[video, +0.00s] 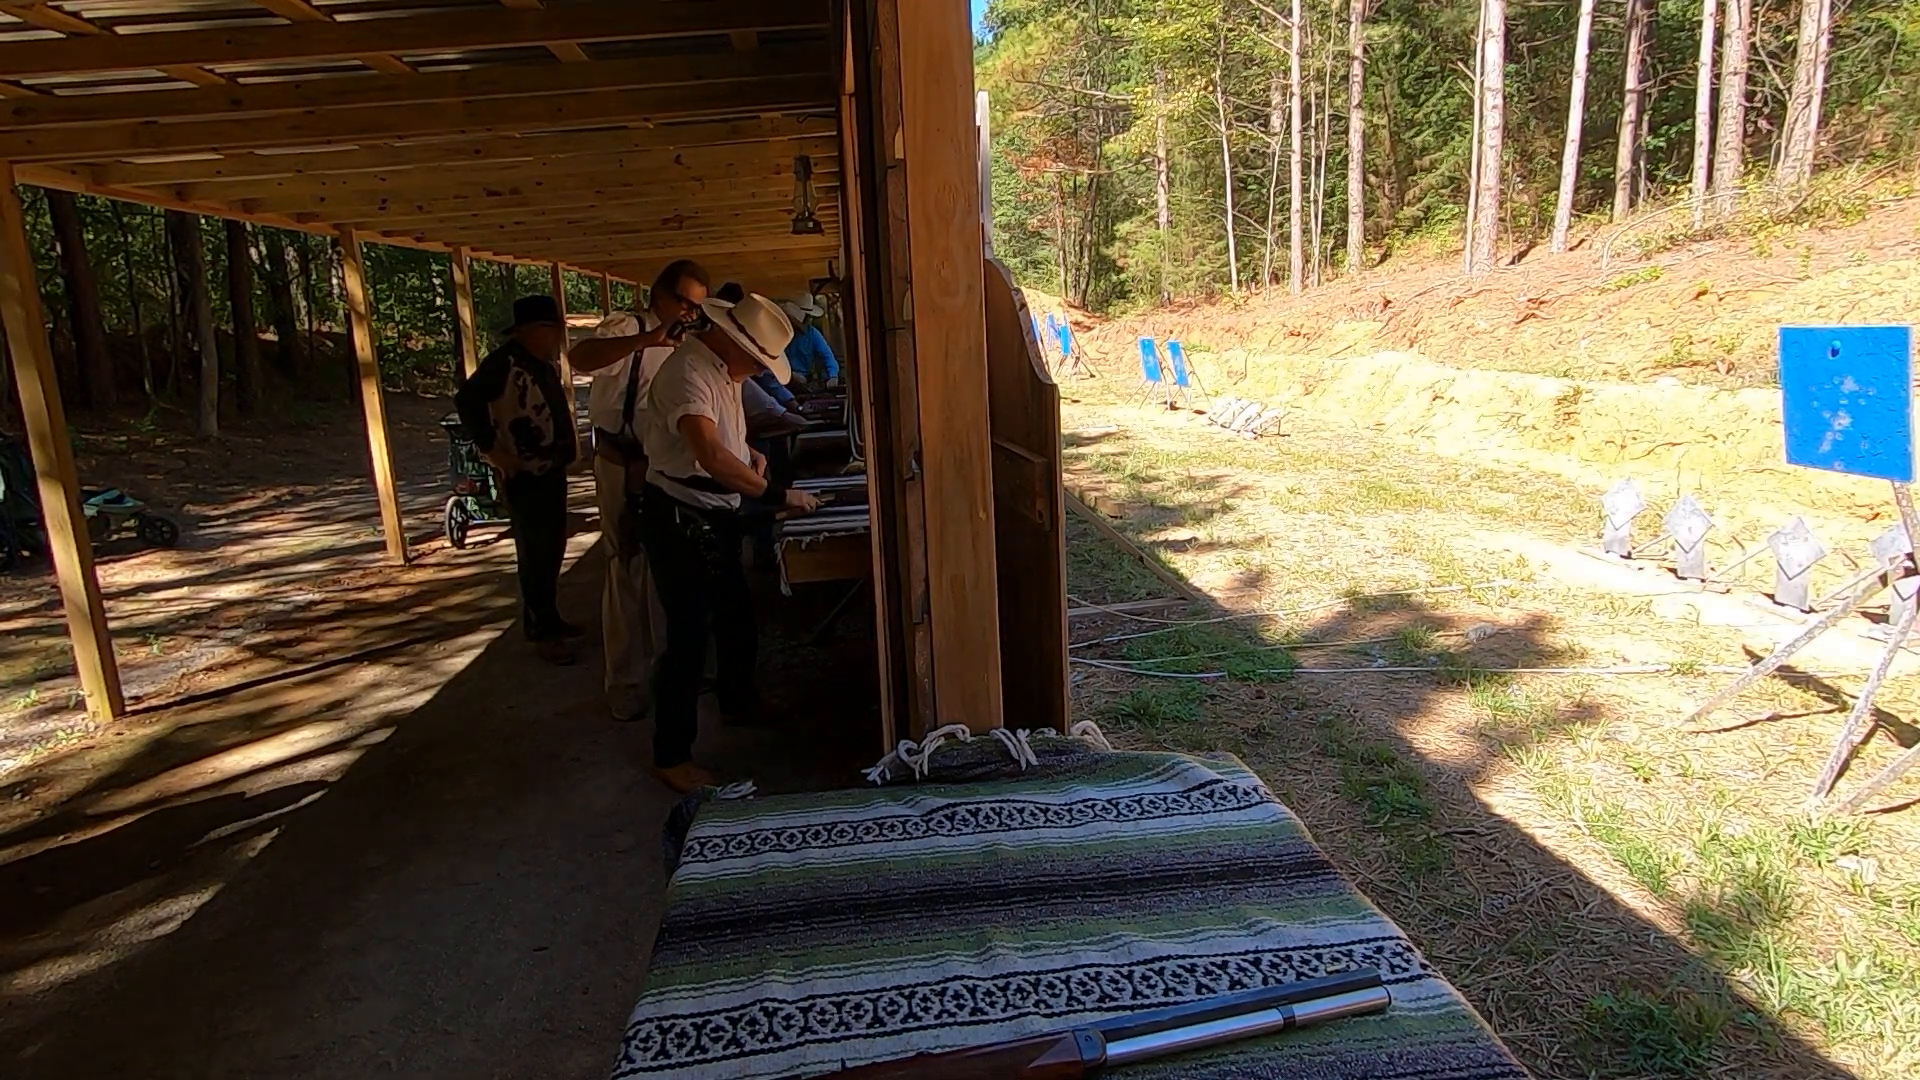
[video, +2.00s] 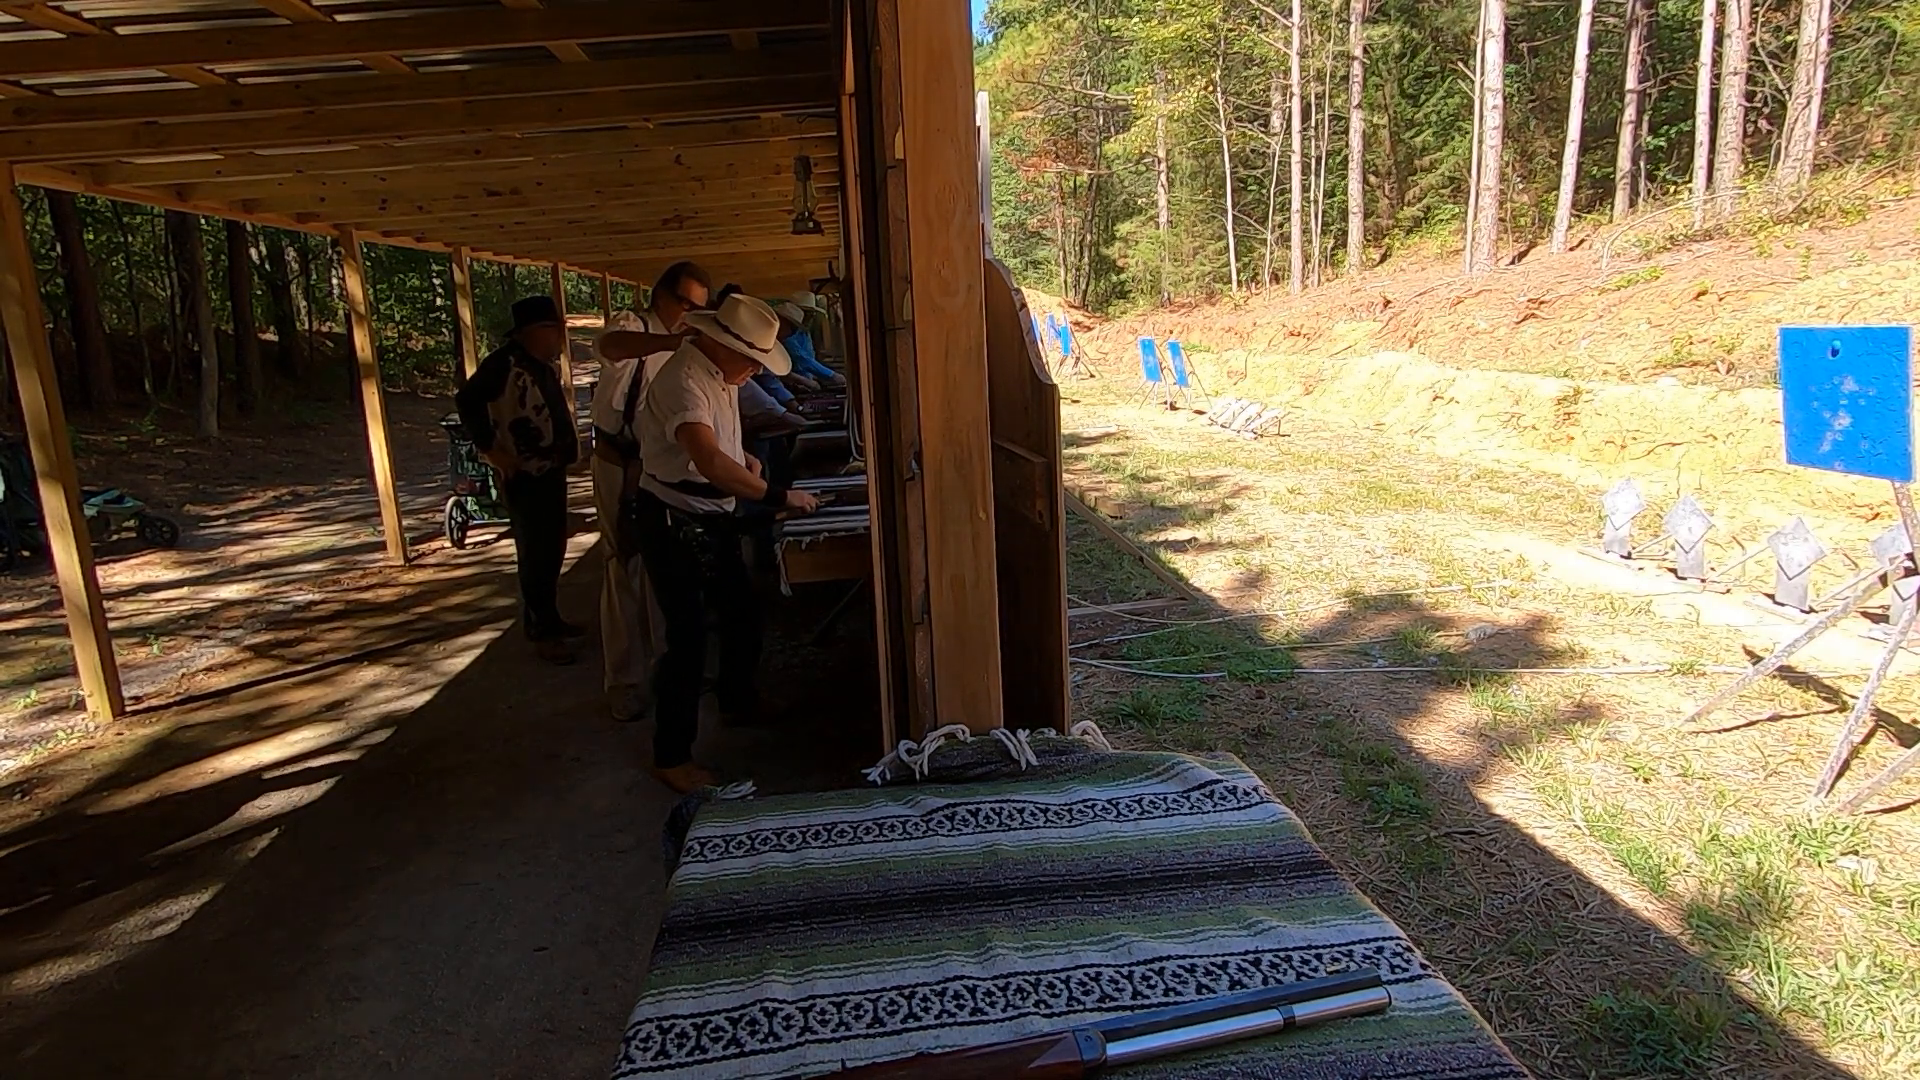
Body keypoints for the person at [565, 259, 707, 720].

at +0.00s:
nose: (687, 313)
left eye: (696, 307)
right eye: (681, 302)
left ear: (702, 311)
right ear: (657, 296)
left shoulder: (694, 348)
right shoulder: (626, 328)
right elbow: (579, 358)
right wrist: (649, 339)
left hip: (675, 467)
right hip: (621, 467)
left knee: (672, 571)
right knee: (626, 573)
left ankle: (677, 672)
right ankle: (625, 685)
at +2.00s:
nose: (691, 314)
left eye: (698, 309)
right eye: (686, 304)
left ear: (698, 310)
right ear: (661, 296)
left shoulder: (690, 345)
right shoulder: (631, 327)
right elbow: (608, 346)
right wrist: (675, 342)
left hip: (668, 463)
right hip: (619, 466)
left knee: (671, 567)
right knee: (626, 572)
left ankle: (673, 671)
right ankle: (624, 684)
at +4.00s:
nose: (687, 315)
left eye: (694, 309)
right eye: (682, 304)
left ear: (696, 310)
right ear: (657, 296)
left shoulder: (687, 344)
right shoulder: (630, 325)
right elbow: (610, 348)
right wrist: (676, 345)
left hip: (666, 462)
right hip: (617, 463)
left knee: (668, 564)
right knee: (624, 570)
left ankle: (669, 664)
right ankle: (623, 680)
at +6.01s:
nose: (501, 327)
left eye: (509, 316)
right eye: (492, 315)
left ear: (514, 313)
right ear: (458, 302)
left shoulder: (523, 364)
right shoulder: (413, 356)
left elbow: (541, 441)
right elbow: (380, 437)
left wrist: (565, 506)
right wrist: (435, 457)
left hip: (507, 502)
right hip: (442, 505)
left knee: (515, 615)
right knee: (451, 618)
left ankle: (512, 727)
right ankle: (464, 721)